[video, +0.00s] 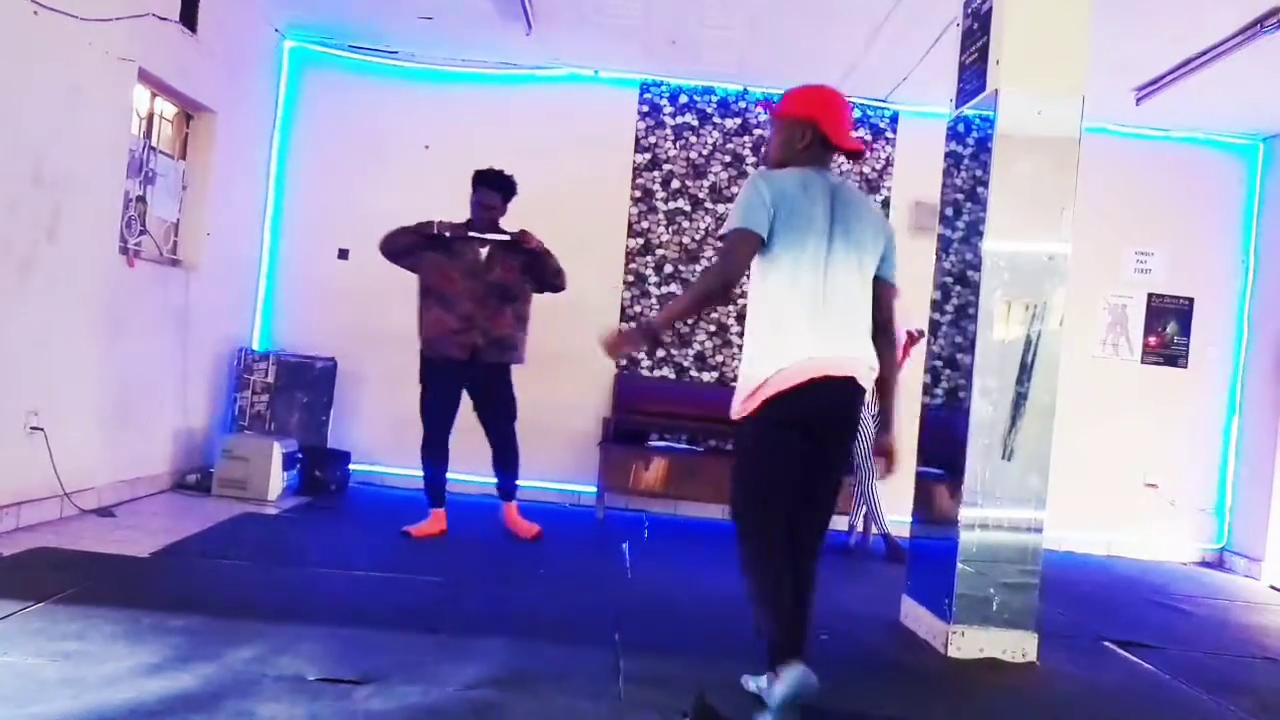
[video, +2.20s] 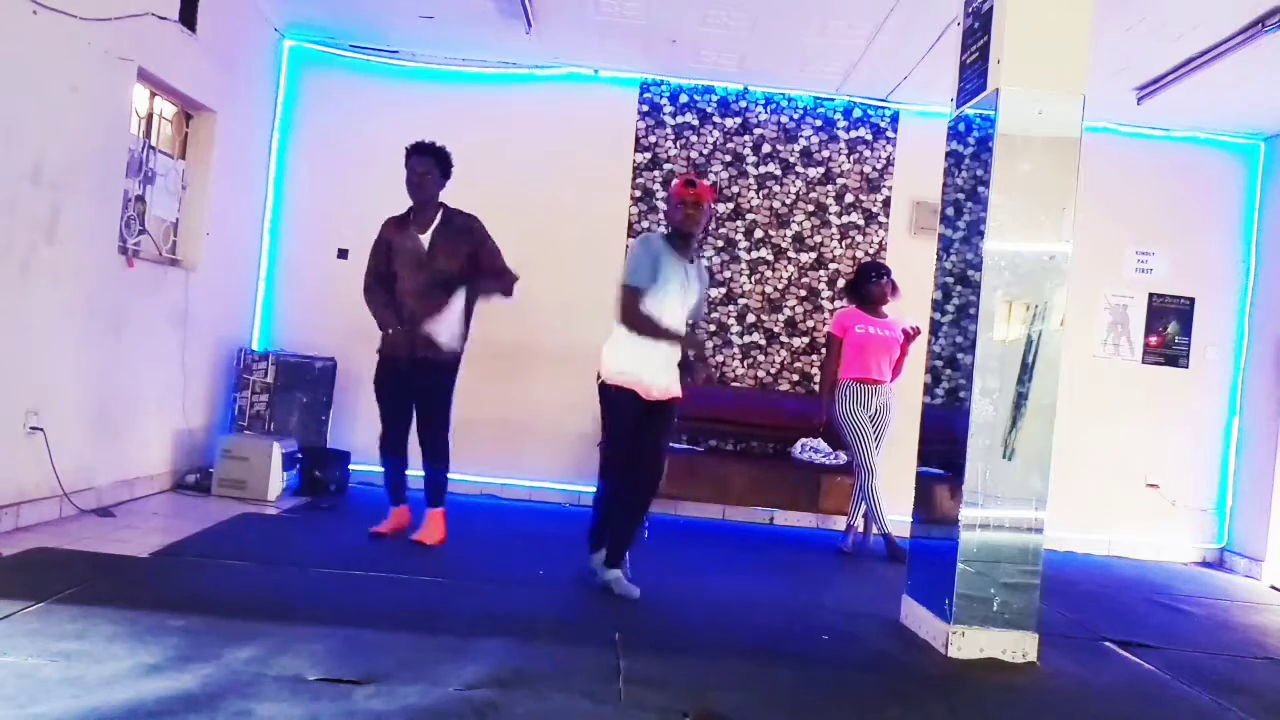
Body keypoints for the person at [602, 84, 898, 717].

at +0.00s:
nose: (768, 140)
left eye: (777, 128)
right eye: (773, 127)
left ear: (802, 134)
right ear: (830, 144)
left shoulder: (771, 187)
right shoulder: (873, 217)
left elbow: (728, 271)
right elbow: (885, 330)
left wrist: (648, 328)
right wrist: (888, 421)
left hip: (782, 386)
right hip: (848, 395)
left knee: (758, 523)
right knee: (803, 535)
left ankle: (789, 663)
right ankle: (779, 675)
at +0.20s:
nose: (752, 139)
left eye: (761, 129)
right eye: (756, 127)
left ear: (786, 136)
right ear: (811, 145)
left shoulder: (757, 191)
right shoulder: (849, 214)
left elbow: (755, 286)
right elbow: (848, 307)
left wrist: (735, 375)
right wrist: (836, 381)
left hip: (764, 374)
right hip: (827, 376)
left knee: (724, 505)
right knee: (799, 522)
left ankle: (730, 645)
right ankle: (783, 676)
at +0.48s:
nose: (714, 155)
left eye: (725, 145)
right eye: (719, 144)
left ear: (751, 155)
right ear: (765, 160)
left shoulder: (734, 209)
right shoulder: (796, 220)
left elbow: (749, 301)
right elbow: (790, 306)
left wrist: (755, 391)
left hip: (730, 379)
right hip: (782, 377)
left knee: (711, 508)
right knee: (764, 508)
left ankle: (711, 626)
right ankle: (786, 632)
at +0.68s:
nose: (703, 164)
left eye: (714, 155)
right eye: (706, 154)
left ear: (740, 164)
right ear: (745, 167)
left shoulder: (729, 217)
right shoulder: (759, 218)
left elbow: (727, 306)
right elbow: (753, 304)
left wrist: (686, 371)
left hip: (728, 372)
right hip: (756, 370)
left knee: (702, 491)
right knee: (714, 485)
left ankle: (713, 625)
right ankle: (761, 597)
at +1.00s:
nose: (673, 189)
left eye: (684, 182)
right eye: (670, 181)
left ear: (708, 190)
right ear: (665, 187)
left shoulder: (723, 235)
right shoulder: (668, 249)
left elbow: (757, 300)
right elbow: (665, 306)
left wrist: (690, 344)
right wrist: (646, 340)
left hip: (730, 384)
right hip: (697, 382)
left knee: (702, 487)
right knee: (685, 482)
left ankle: (721, 611)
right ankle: (694, 583)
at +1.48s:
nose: (679, 201)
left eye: (688, 193)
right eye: (672, 192)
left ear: (701, 199)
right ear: (660, 198)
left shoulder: (724, 249)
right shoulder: (642, 252)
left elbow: (730, 317)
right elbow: (644, 324)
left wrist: (714, 283)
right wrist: (647, 292)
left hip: (712, 380)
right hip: (663, 376)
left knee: (697, 474)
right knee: (670, 476)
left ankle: (689, 553)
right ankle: (686, 579)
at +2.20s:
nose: (688, 212)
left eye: (696, 206)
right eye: (681, 204)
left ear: (708, 214)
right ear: (670, 208)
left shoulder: (698, 269)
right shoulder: (648, 247)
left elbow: (690, 324)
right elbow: (629, 314)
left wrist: (697, 354)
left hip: (664, 379)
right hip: (626, 373)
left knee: (648, 472)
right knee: (620, 467)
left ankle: (613, 561)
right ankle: (602, 552)